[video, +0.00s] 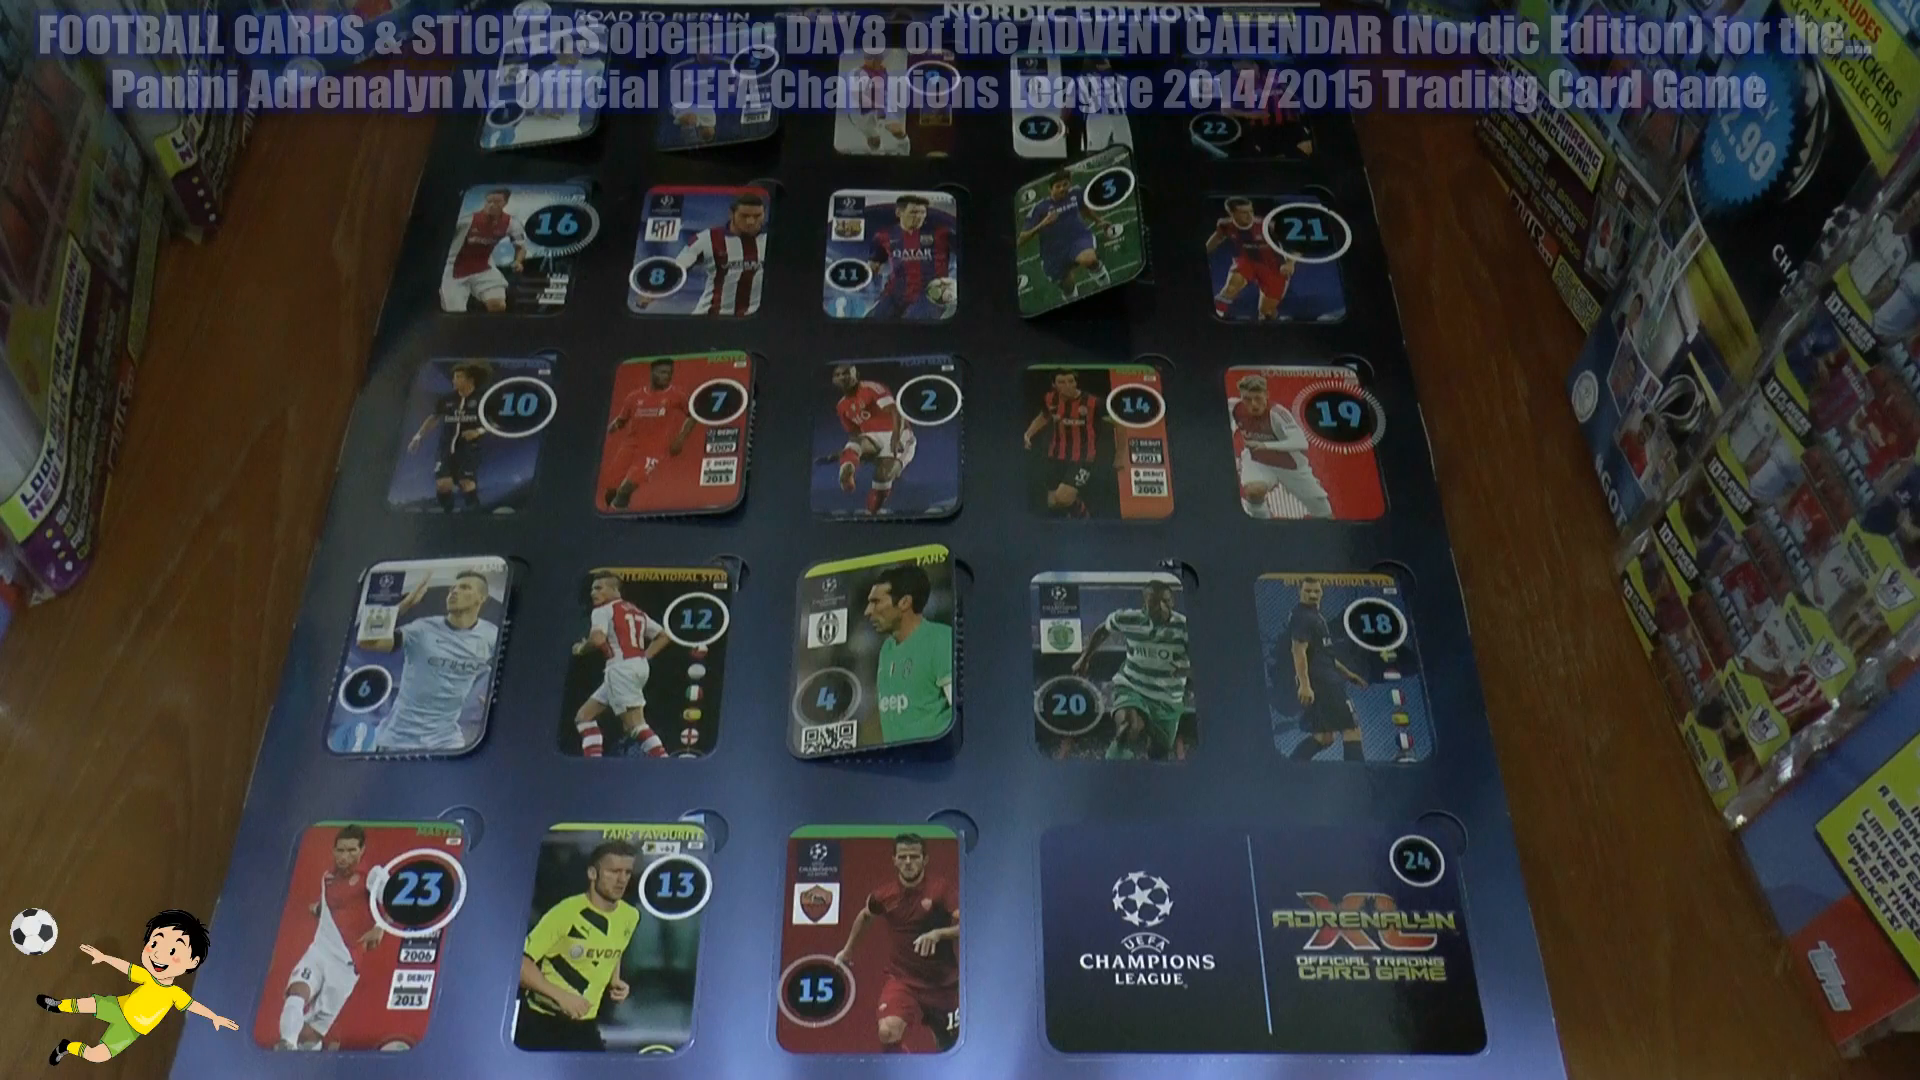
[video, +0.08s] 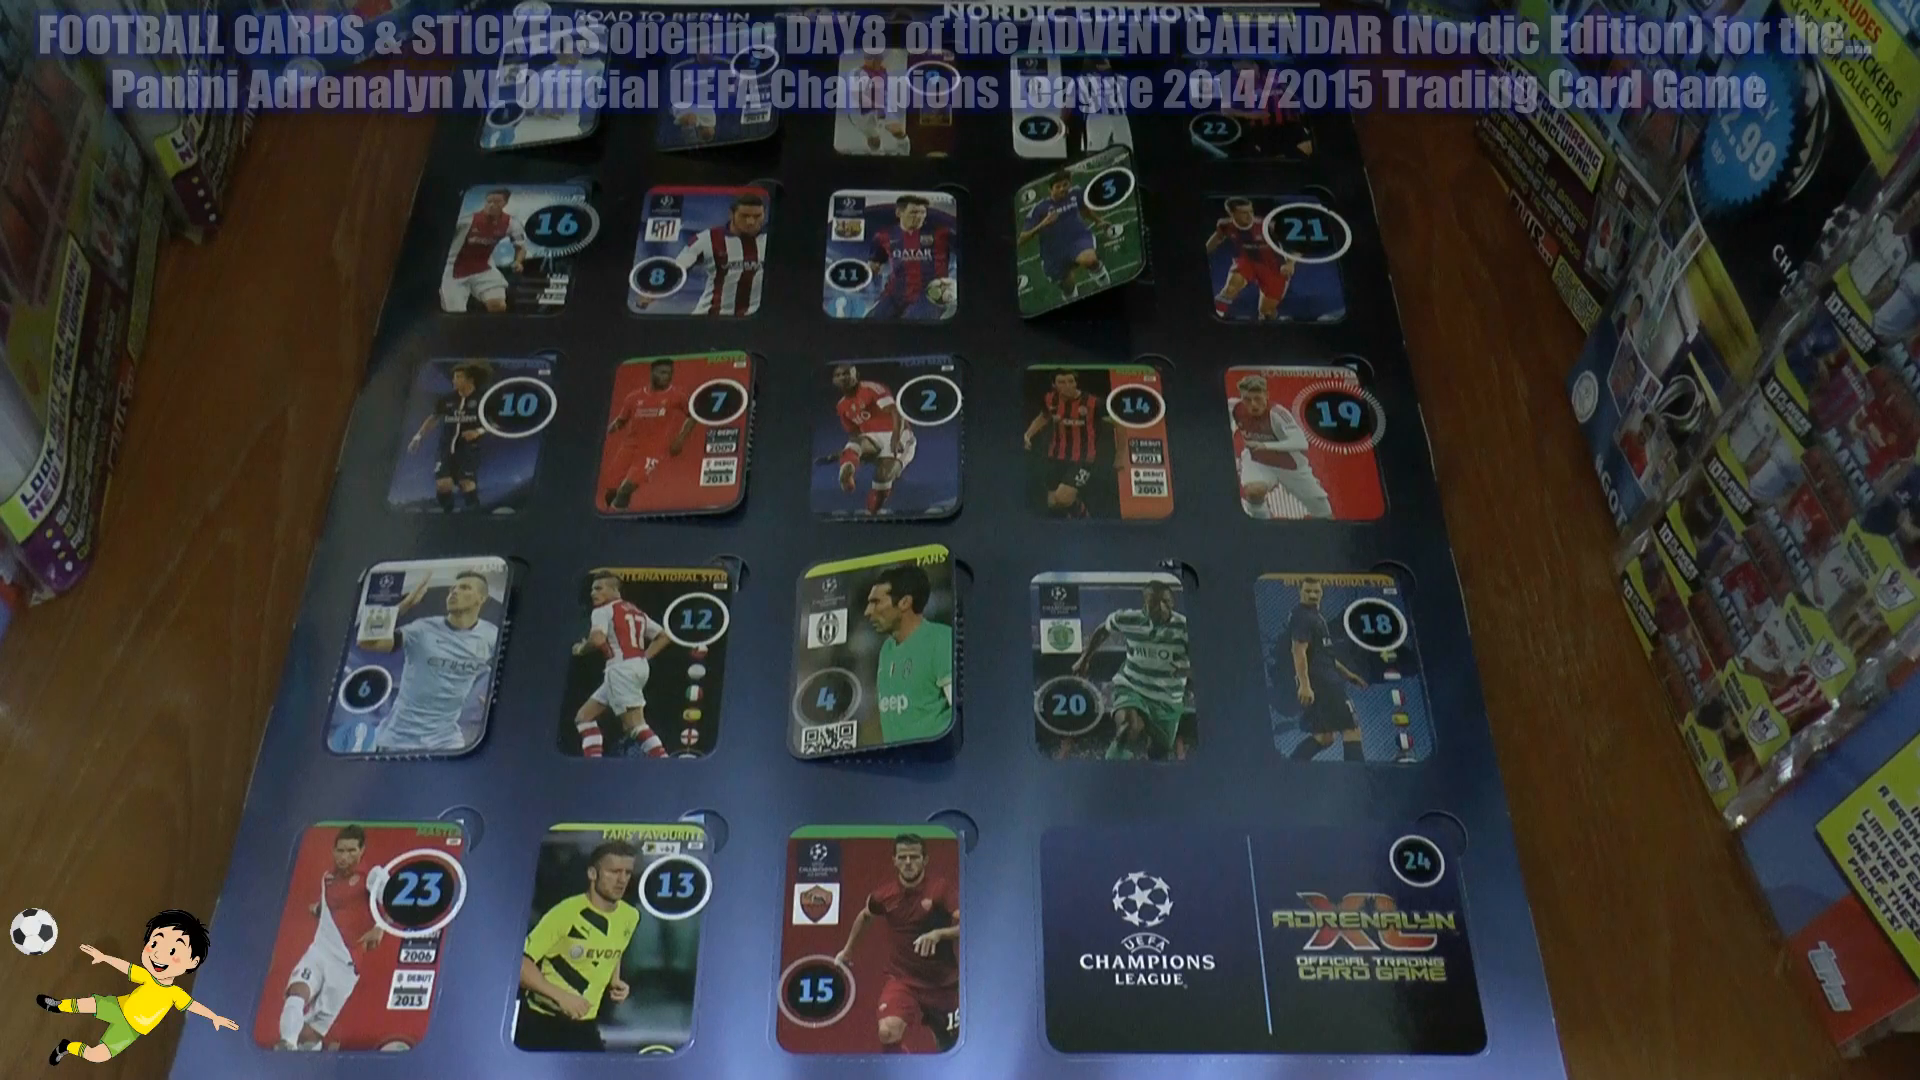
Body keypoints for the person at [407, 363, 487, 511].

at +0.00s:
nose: (455, 381)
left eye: (459, 377)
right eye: (454, 377)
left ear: (469, 381)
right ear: (453, 380)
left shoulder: (481, 400)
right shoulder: (447, 400)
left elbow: (492, 421)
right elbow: (433, 418)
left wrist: (477, 432)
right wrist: (418, 436)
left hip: (468, 448)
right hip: (446, 449)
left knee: (466, 482)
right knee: (443, 484)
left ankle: (475, 517)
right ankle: (448, 516)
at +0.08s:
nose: (454, 381)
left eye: (458, 377)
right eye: (454, 377)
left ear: (469, 380)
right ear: (453, 380)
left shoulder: (481, 400)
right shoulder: (447, 400)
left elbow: (492, 421)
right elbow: (433, 418)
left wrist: (477, 432)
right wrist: (418, 436)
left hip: (468, 449)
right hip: (446, 449)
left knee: (466, 482)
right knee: (443, 484)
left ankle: (474, 517)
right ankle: (448, 517)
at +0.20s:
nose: (454, 381)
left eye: (458, 377)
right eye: (454, 377)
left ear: (469, 380)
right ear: (453, 380)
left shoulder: (481, 400)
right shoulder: (447, 400)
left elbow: (492, 422)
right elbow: (433, 418)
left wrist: (477, 432)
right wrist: (418, 436)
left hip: (467, 449)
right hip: (446, 449)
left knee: (467, 484)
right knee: (443, 485)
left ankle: (475, 519)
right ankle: (448, 519)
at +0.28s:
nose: (454, 381)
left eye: (459, 377)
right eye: (454, 377)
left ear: (469, 380)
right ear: (452, 380)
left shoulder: (481, 400)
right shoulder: (447, 400)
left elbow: (492, 422)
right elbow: (433, 419)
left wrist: (477, 432)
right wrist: (418, 437)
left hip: (468, 449)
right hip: (446, 450)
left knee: (467, 484)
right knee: (443, 485)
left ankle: (475, 519)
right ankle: (449, 519)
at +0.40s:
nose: (454, 381)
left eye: (459, 377)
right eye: (454, 377)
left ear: (469, 381)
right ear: (453, 380)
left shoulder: (481, 400)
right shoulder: (447, 400)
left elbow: (492, 422)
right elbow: (433, 419)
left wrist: (477, 432)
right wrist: (418, 436)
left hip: (468, 449)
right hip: (446, 449)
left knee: (466, 483)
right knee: (443, 484)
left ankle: (475, 518)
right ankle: (448, 518)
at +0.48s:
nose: (455, 381)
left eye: (459, 377)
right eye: (454, 377)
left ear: (470, 381)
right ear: (452, 380)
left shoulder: (481, 400)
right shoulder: (447, 400)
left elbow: (492, 422)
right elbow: (433, 419)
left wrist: (477, 432)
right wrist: (418, 436)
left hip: (468, 449)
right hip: (446, 449)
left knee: (466, 483)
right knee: (443, 485)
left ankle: (475, 519)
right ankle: (448, 518)